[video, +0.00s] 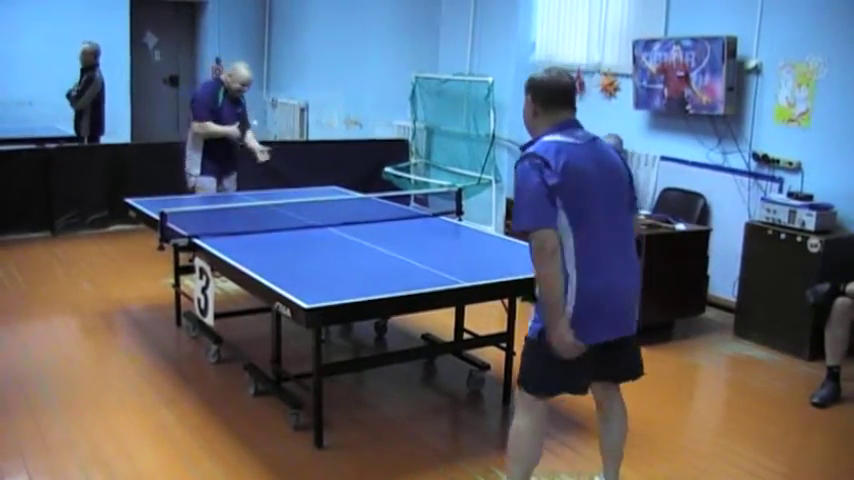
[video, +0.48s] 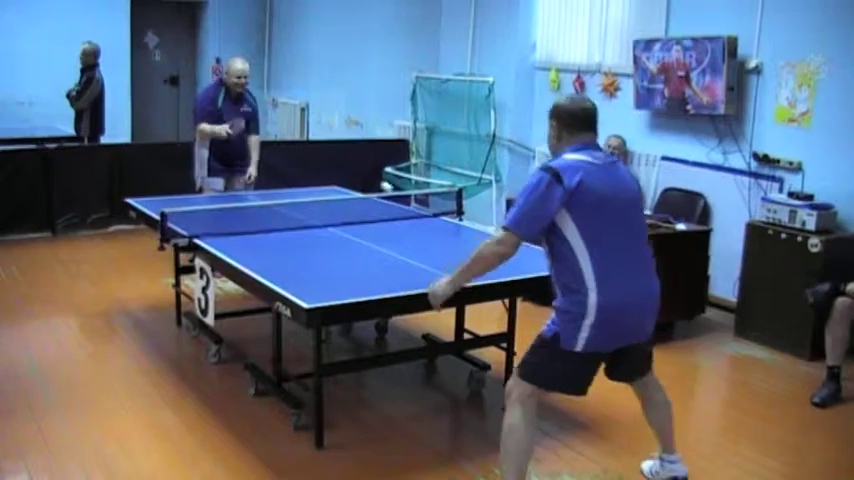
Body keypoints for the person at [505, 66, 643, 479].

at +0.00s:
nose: (524, 112)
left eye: (524, 104)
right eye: (525, 105)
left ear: (531, 106)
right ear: (572, 104)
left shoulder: (536, 160)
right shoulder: (609, 153)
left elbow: (545, 245)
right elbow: (628, 226)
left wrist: (556, 322)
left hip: (571, 314)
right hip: (619, 308)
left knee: (529, 402)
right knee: (608, 391)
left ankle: (517, 475)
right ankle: (611, 475)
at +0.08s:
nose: (520, 110)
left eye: (522, 103)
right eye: (524, 102)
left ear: (528, 105)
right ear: (569, 104)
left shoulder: (531, 158)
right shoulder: (607, 152)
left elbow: (529, 245)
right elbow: (625, 225)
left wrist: (525, 325)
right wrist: (626, 297)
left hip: (558, 311)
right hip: (612, 307)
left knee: (526, 402)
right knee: (607, 390)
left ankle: (514, 475)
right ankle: (611, 474)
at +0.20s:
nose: (520, 112)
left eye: (521, 106)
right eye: (521, 106)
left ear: (527, 106)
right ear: (568, 107)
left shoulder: (530, 157)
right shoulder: (605, 156)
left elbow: (504, 248)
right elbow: (621, 229)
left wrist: (480, 324)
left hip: (560, 303)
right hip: (614, 299)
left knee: (522, 396)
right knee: (610, 383)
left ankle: (513, 475)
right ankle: (621, 473)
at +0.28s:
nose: (523, 116)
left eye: (524, 109)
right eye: (526, 110)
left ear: (530, 111)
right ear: (570, 111)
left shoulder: (530, 160)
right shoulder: (605, 156)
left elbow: (495, 243)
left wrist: (458, 306)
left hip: (563, 305)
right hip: (616, 300)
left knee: (520, 391)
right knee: (614, 377)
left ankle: (513, 475)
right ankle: (630, 470)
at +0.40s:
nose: (535, 125)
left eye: (536, 118)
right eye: (538, 118)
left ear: (542, 120)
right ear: (582, 121)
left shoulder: (542, 165)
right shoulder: (612, 163)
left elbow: (490, 242)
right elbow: (613, 232)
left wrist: (442, 284)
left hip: (575, 309)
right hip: (629, 303)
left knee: (517, 393)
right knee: (633, 380)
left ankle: (511, 473)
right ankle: (651, 463)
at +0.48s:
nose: (547, 136)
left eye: (549, 130)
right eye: (550, 129)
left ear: (556, 130)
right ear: (593, 131)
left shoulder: (555, 173)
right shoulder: (620, 171)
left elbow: (503, 245)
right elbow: (619, 238)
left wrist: (451, 283)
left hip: (588, 312)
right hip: (640, 306)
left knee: (520, 391)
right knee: (643, 379)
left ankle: (512, 473)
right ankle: (671, 459)